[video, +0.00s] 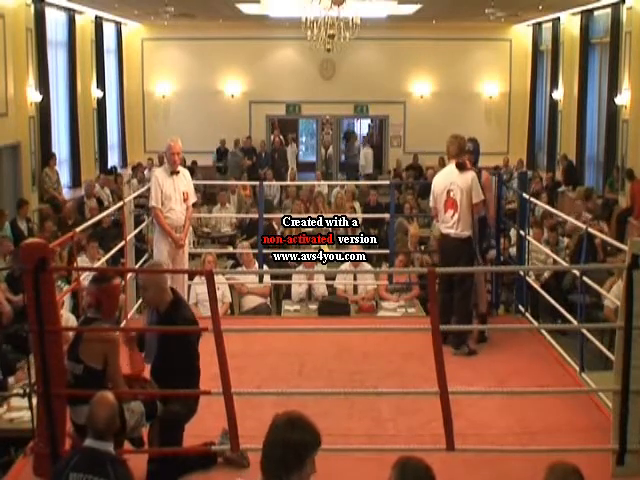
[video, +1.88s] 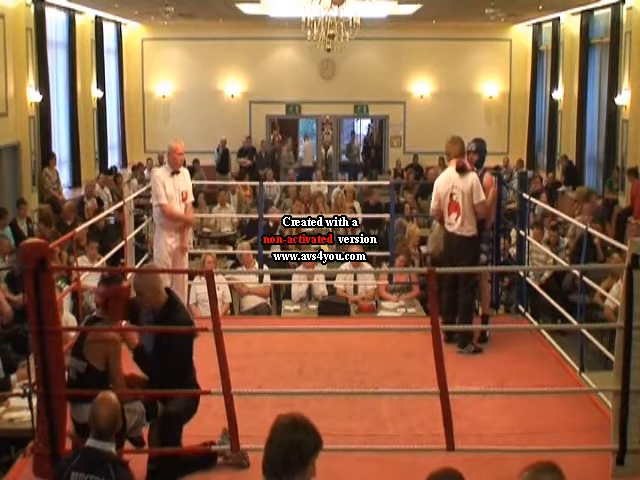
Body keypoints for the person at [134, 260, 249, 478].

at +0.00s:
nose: (142, 294)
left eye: (145, 288)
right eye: (141, 288)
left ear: (162, 287)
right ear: (159, 287)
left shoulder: (181, 321)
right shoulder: (158, 310)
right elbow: (153, 344)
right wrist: (135, 340)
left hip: (179, 399)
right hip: (162, 394)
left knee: (160, 470)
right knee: (159, 467)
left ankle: (217, 452)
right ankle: (215, 450)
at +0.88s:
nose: (142, 296)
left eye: (146, 291)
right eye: (140, 290)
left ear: (163, 289)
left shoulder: (180, 321)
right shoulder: (157, 309)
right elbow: (143, 331)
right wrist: (136, 342)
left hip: (178, 399)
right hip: (162, 393)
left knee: (159, 469)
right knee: (161, 466)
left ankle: (216, 452)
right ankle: (215, 450)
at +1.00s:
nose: (141, 297)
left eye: (145, 291)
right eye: (139, 291)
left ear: (162, 288)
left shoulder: (180, 322)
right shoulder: (156, 310)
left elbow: (173, 379)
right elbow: (142, 339)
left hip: (178, 399)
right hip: (161, 393)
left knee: (161, 469)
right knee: (159, 467)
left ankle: (218, 452)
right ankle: (216, 450)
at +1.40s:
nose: (141, 297)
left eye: (145, 291)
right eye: (139, 291)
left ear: (162, 289)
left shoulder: (179, 319)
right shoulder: (152, 306)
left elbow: (162, 370)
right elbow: (131, 316)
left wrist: (130, 351)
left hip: (180, 395)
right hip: (159, 389)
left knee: (161, 469)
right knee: (162, 467)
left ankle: (217, 454)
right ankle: (216, 450)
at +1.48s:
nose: (140, 297)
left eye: (144, 292)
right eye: (138, 292)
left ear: (161, 289)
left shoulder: (179, 320)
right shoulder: (151, 306)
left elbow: (162, 372)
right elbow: (133, 315)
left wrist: (130, 348)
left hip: (182, 393)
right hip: (158, 387)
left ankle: (217, 454)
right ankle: (217, 451)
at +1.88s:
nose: (137, 298)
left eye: (141, 293)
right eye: (135, 292)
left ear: (157, 289)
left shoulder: (178, 320)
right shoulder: (143, 306)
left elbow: (164, 376)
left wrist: (136, 348)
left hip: (182, 392)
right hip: (157, 386)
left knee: (168, 415)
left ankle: (216, 453)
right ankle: (215, 451)